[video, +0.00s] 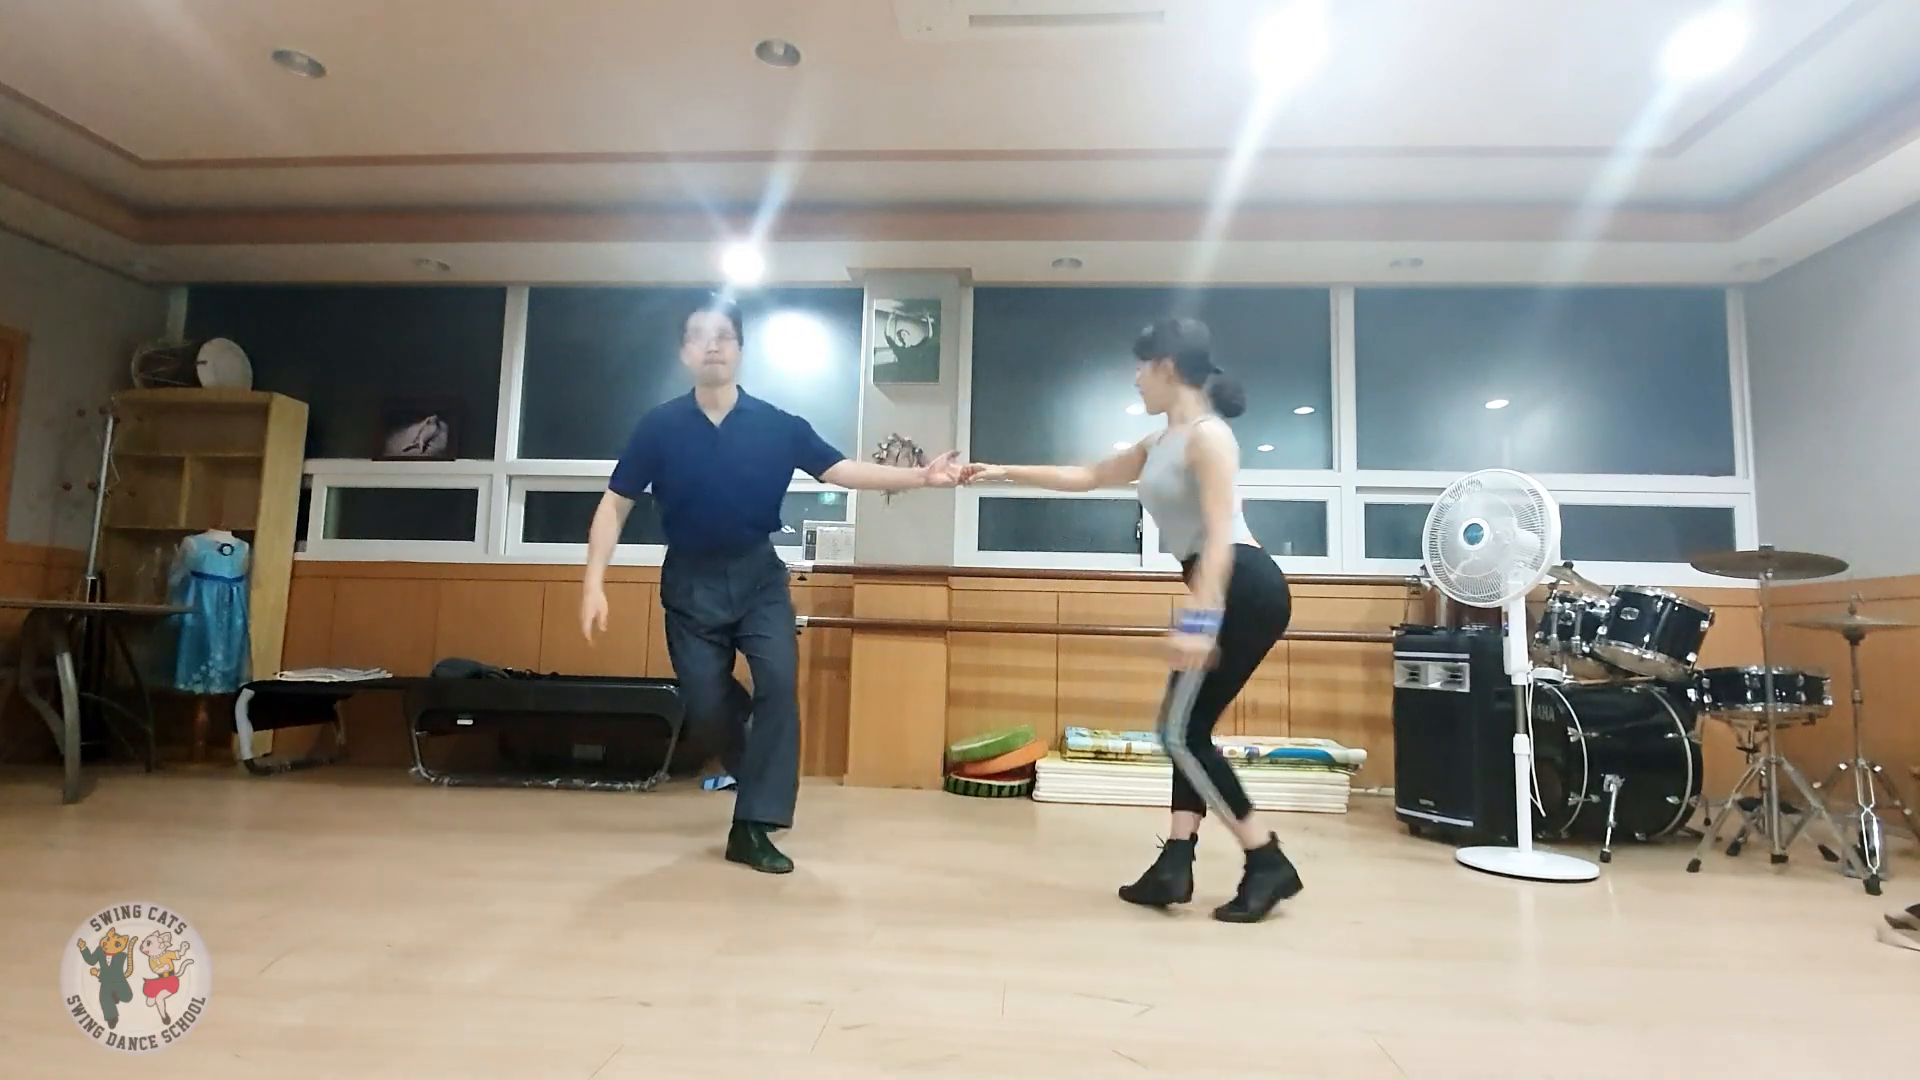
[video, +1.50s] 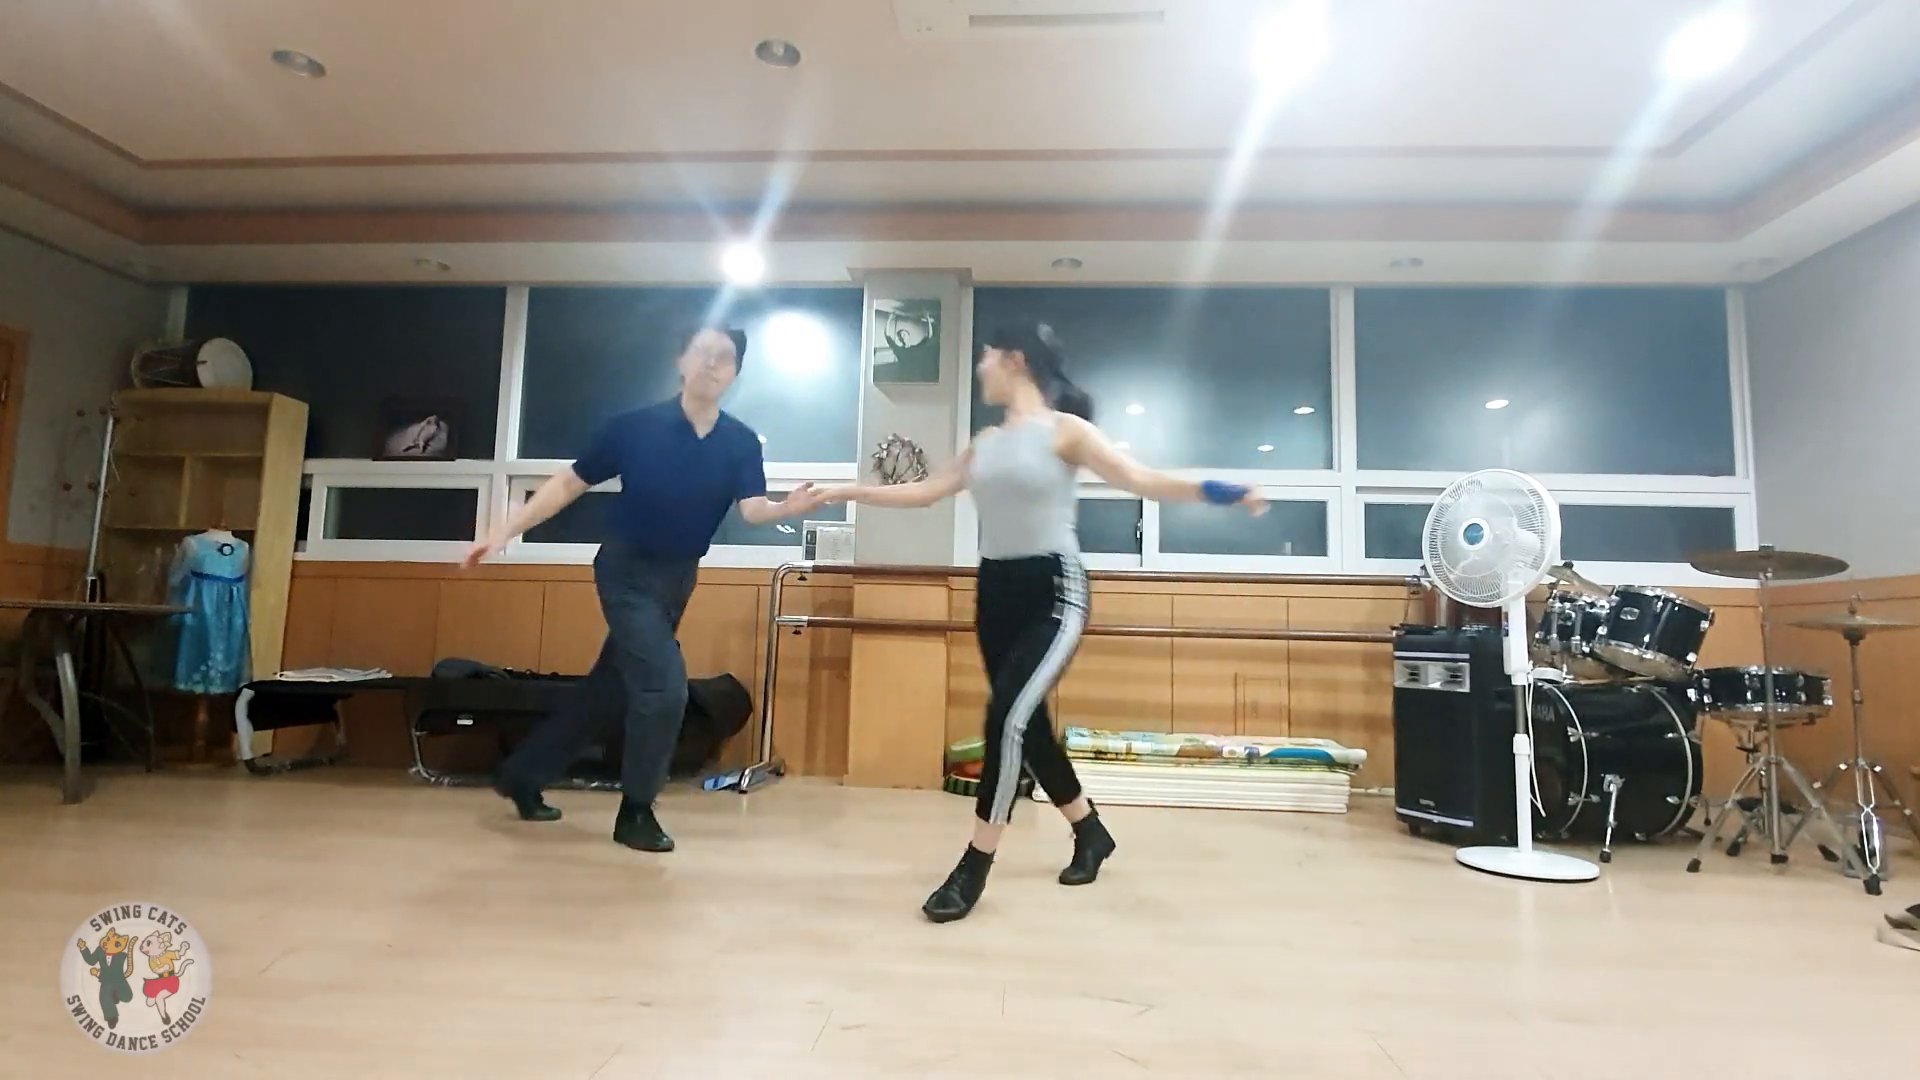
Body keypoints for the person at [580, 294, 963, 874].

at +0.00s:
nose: (712, 348)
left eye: (724, 338)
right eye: (699, 338)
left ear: (739, 351)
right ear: (683, 352)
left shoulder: (778, 427)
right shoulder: (660, 427)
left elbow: (843, 471)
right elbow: (613, 506)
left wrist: (924, 475)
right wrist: (593, 585)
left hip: (760, 581)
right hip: (692, 586)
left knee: (779, 692)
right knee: (708, 714)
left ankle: (751, 827)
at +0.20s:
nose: (701, 344)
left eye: (713, 337)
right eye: (689, 336)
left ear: (730, 352)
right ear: (674, 353)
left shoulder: (770, 424)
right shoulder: (648, 424)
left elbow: (838, 462)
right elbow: (596, 492)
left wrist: (921, 459)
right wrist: (556, 567)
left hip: (754, 576)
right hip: (682, 579)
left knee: (774, 686)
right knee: (693, 696)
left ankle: (750, 826)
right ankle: (715, 776)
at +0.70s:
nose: (706, 364)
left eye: (719, 358)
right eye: (696, 353)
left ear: (732, 375)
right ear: (675, 364)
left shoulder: (749, 448)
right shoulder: (633, 429)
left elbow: (820, 478)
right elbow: (568, 484)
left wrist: (900, 482)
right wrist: (507, 543)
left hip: (693, 586)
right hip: (629, 582)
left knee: (721, 690)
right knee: (671, 686)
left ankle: (690, 793)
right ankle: (686, 825)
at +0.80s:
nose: (706, 368)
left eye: (718, 361)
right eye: (696, 356)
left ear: (732, 379)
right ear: (674, 367)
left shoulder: (746, 454)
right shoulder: (630, 431)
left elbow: (817, 483)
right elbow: (565, 486)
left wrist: (897, 488)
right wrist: (503, 541)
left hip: (686, 589)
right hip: (622, 582)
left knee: (702, 706)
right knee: (667, 687)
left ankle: (643, 776)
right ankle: (687, 824)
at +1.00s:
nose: (701, 372)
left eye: (714, 366)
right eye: (692, 362)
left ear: (728, 385)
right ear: (671, 374)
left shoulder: (741, 461)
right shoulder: (627, 434)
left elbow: (812, 490)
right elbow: (559, 487)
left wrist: (892, 495)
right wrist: (492, 541)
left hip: (671, 595)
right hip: (611, 583)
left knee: (651, 722)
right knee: (657, 691)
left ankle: (557, 758)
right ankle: (685, 823)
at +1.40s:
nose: (694, 374)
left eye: (707, 368)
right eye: (686, 363)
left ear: (719, 385)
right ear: (667, 372)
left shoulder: (725, 450)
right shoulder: (620, 430)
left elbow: (760, 498)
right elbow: (546, 482)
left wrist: (816, 495)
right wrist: (480, 529)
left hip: (657, 583)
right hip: (605, 573)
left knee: (591, 690)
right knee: (660, 676)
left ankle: (512, 787)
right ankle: (639, 809)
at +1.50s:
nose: (710, 365)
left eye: (722, 359)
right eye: (702, 353)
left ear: (735, 375)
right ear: (680, 361)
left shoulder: (741, 444)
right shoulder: (636, 429)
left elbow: (751, 511)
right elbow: (568, 483)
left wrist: (790, 506)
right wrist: (504, 533)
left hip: (676, 582)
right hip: (626, 574)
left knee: (607, 689)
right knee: (664, 685)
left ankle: (522, 774)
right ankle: (635, 812)